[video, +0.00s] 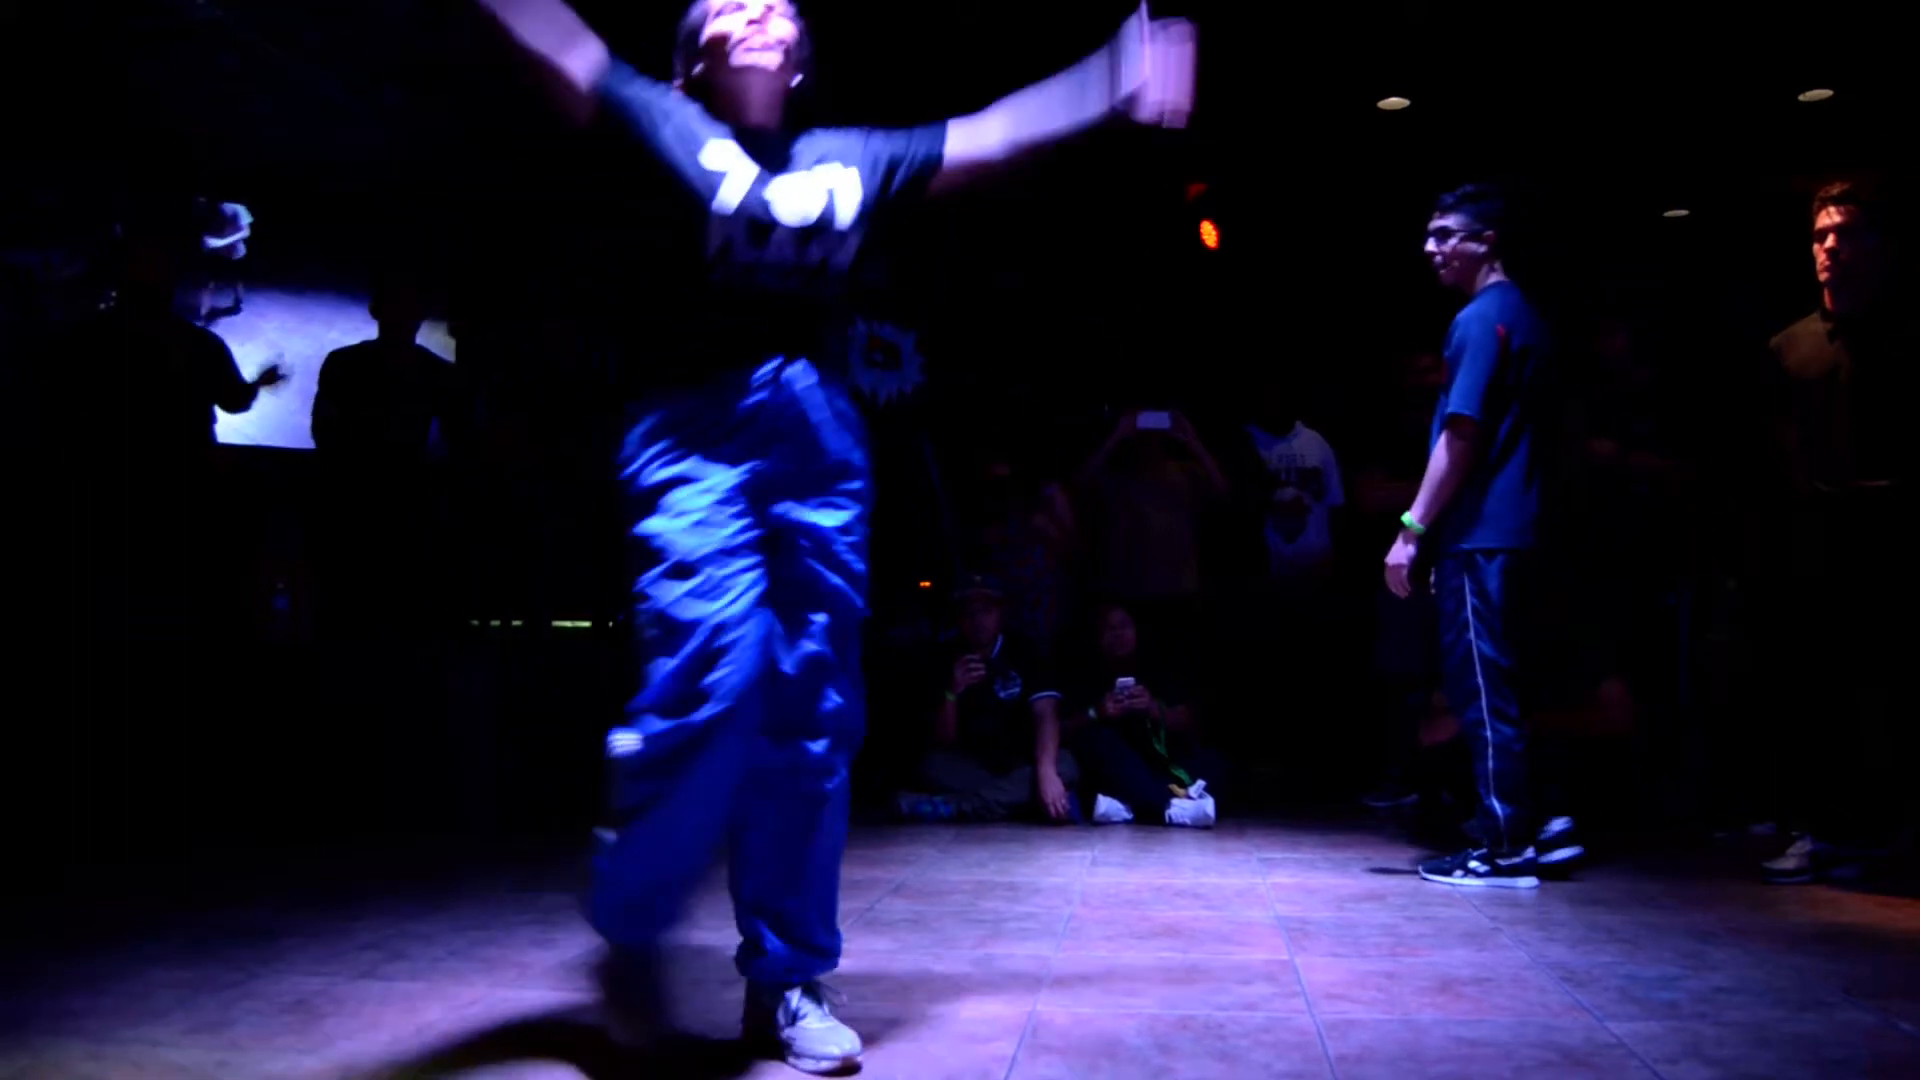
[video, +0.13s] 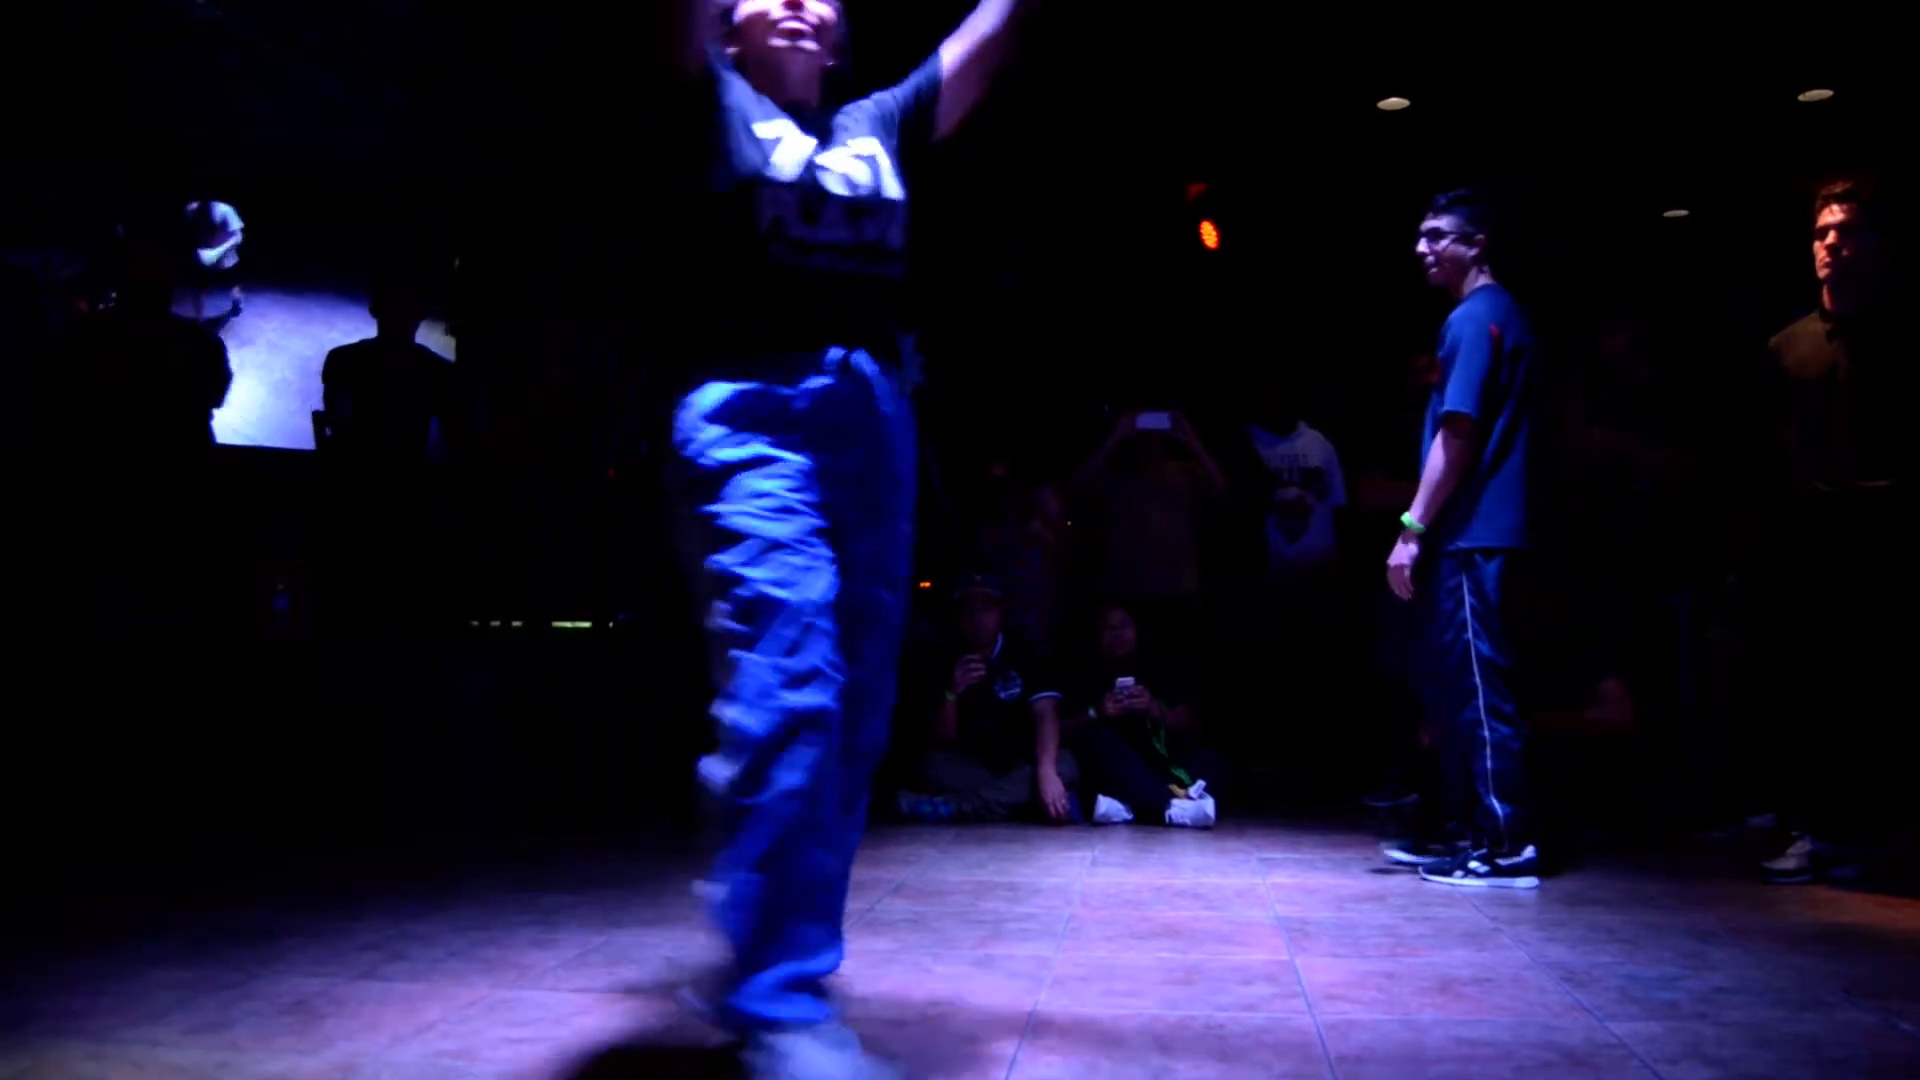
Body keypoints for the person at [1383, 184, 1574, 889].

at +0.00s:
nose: (1435, 249)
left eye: (1448, 236)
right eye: (1433, 237)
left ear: (1486, 243)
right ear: (1470, 248)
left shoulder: (1485, 317)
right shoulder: (1511, 311)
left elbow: (1461, 437)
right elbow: (1479, 436)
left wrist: (1411, 529)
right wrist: (1429, 529)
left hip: (1484, 530)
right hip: (1507, 525)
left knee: (1481, 685)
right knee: (1496, 680)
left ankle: (1501, 843)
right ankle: (1540, 820)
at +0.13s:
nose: (1424, 248)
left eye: (1438, 237)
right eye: (1423, 237)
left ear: (1475, 245)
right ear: (1456, 250)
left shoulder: (1477, 317)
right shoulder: (1490, 314)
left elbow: (1460, 436)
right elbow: (1466, 436)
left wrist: (1412, 528)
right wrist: (1423, 526)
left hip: (1472, 533)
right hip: (1475, 531)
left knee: (1475, 685)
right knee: (1460, 683)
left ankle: (1499, 842)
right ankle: (1471, 830)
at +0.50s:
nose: (1395, 263)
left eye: (1409, 252)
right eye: (1394, 252)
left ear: (1443, 261)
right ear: (1405, 264)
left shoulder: (1467, 331)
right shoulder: (1434, 334)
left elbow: (1470, 437)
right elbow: (1433, 437)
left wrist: (1444, 532)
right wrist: (1411, 527)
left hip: (1455, 539)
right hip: (1414, 536)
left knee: (1459, 689)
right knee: (1417, 686)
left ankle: (1504, 841)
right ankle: (1422, 825)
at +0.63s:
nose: (1390, 263)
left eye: (1404, 253)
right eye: (1388, 253)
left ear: (1438, 262)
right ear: (1392, 266)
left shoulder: (1461, 333)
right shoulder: (1410, 343)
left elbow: (1473, 439)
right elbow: (1397, 458)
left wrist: (1453, 533)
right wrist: (1377, 554)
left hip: (1440, 543)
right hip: (1398, 546)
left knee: (1455, 688)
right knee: (1407, 688)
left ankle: (1504, 839)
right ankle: (1420, 825)